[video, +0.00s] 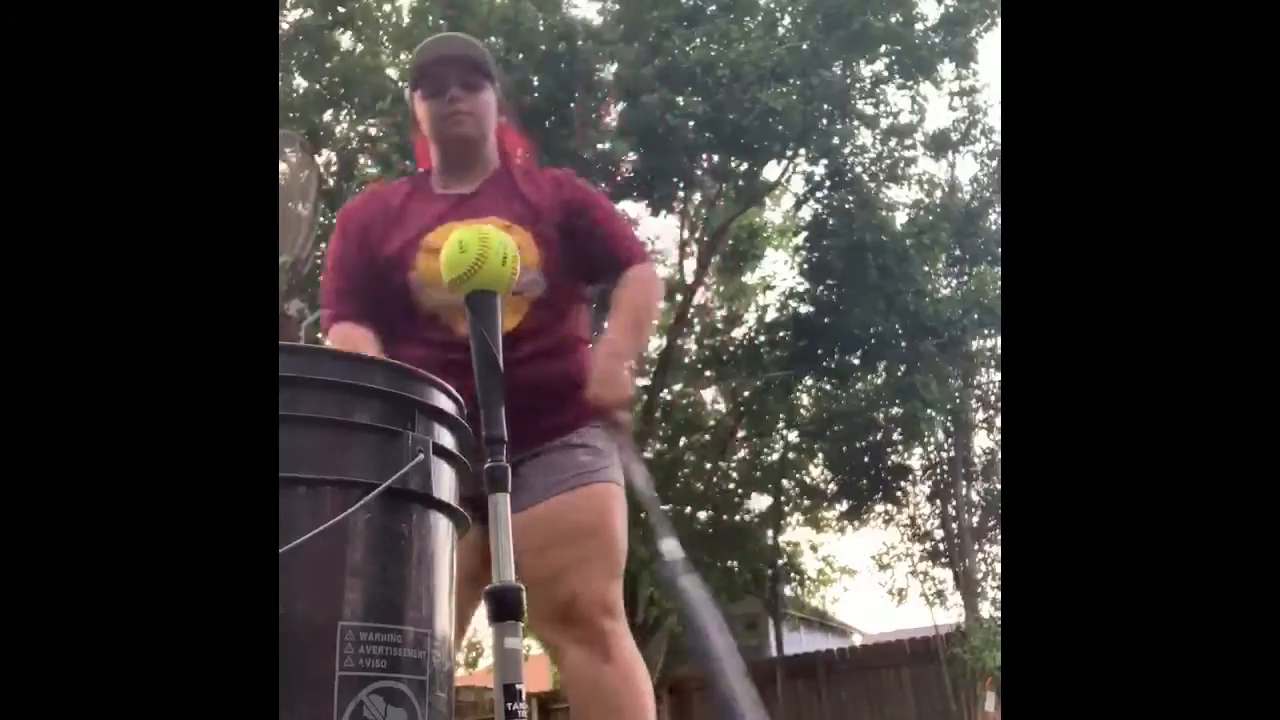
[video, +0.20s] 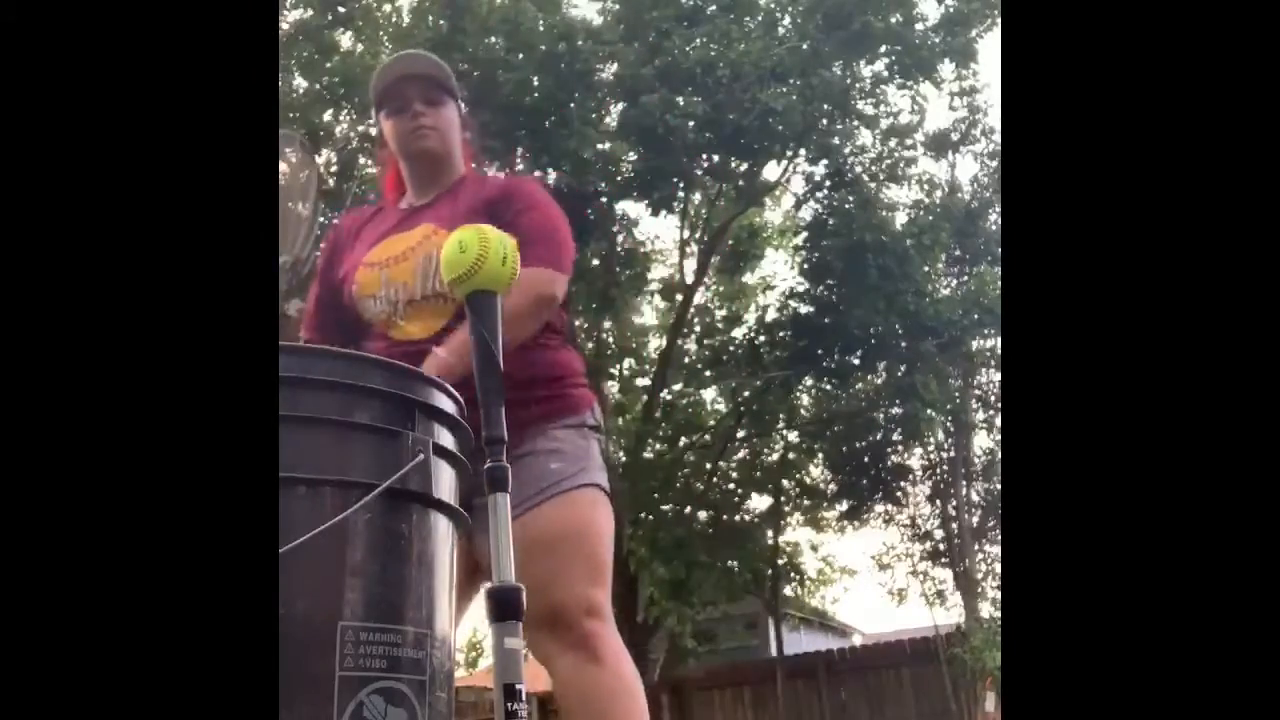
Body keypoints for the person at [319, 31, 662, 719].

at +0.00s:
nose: (455, 97)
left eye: (471, 84)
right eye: (437, 88)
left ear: (497, 101)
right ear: (416, 111)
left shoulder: (555, 194)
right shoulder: (370, 215)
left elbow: (639, 272)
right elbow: (347, 325)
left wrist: (615, 356)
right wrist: (380, 412)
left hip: (556, 442)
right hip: (433, 451)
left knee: (591, 623)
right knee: (410, 642)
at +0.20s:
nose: (417, 113)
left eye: (432, 99)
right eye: (398, 107)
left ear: (462, 118)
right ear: (382, 135)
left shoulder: (514, 195)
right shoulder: (350, 233)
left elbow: (542, 287)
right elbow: (317, 356)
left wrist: (431, 373)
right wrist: (318, 433)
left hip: (537, 428)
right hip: (419, 447)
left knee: (576, 629)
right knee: (390, 637)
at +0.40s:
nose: (410, 123)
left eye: (424, 110)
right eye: (392, 118)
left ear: (453, 124)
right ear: (377, 145)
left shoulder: (494, 186)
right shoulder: (361, 247)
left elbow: (513, 261)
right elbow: (344, 341)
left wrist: (387, 320)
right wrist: (322, 350)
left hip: (534, 424)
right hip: (424, 441)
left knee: (574, 630)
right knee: (401, 637)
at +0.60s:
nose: (399, 133)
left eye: (414, 118)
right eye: (381, 126)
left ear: (442, 131)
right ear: (366, 154)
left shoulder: (480, 180)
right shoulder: (366, 249)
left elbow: (434, 228)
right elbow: (351, 341)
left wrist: (309, 276)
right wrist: (294, 319)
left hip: (531, 425)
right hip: (430, 443)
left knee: (571, 631)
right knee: (392, 636)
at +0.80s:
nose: (367, 152)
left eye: (382, 138)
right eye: (348, 146)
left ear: (410, 153)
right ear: (333, 181)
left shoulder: (435, 201)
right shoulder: (323, 262)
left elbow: (327, 254)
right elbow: (298, 321)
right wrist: (317, 319)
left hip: (508, 426)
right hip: (413, 443)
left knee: (537, 626)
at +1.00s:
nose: (344, 168)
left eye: (357, 152)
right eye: (324, 161)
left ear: (383, 165)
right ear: (308, 188)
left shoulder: (395, 216)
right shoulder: (322, 257)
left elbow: (285, 285)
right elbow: (304, 351)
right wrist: (317, 308)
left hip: (494, 415)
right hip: (416, 439)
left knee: (478, 600)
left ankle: (612, 716)